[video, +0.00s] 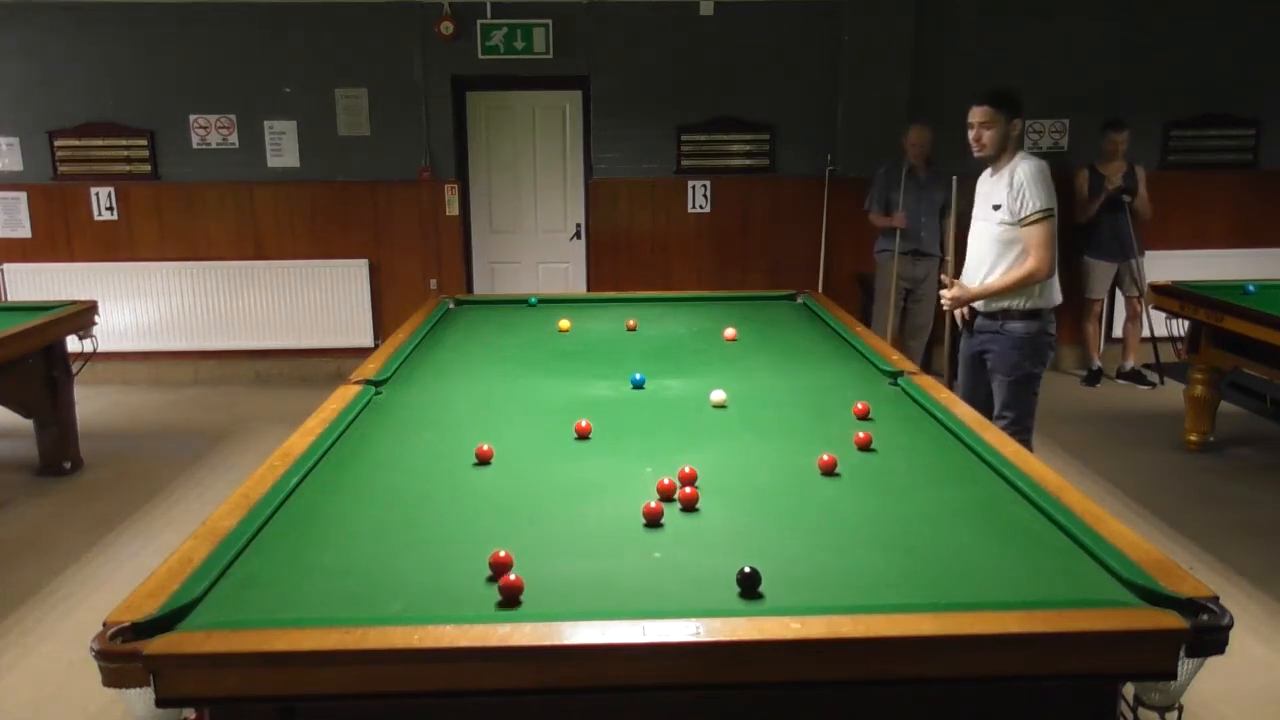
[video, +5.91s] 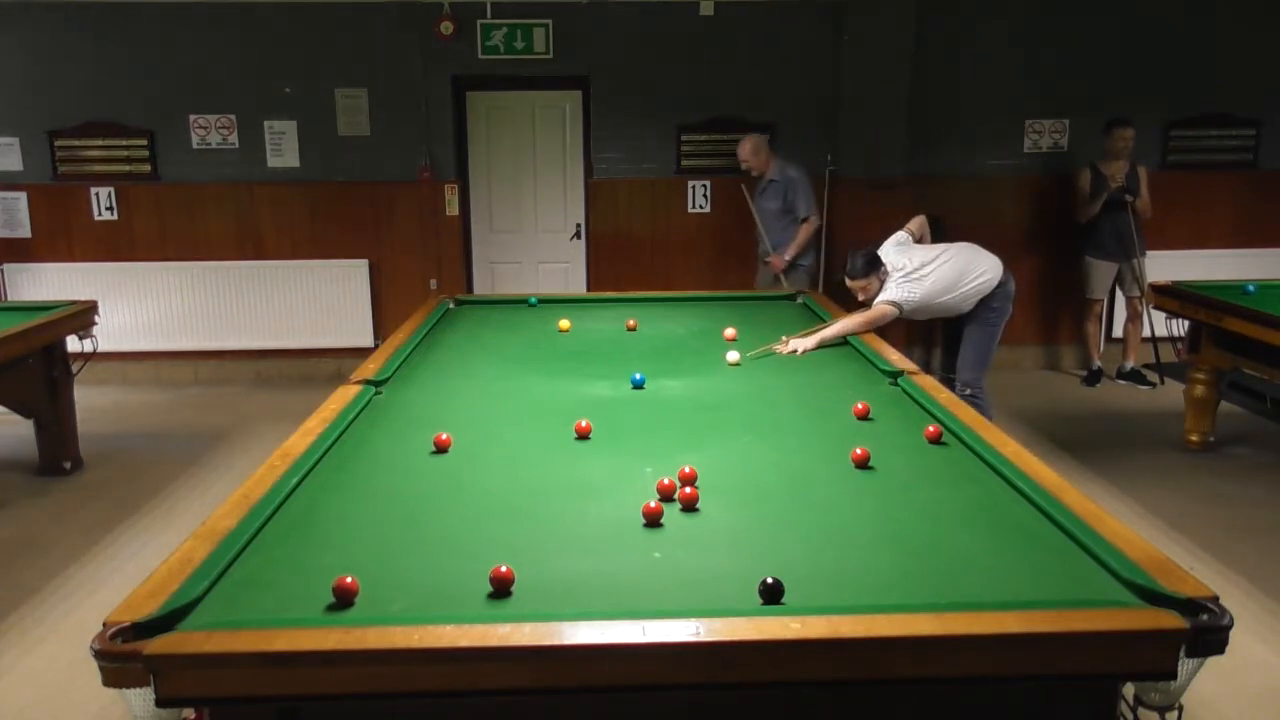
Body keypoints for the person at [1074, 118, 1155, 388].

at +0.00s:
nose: (1117, 148)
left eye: (1121, 143)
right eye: (1112, 143)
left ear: (1127, 143)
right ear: (1102, 142)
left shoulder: (1135, 172)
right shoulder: (1086, 174)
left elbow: (1146, 213)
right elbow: (1081, 215)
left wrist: (1133, 194)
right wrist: (1105, 192)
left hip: (1130, 251)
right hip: (1098, 251)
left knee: (1135, 310)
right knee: (1093, 309)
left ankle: (1128, 366)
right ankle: (1094, 364)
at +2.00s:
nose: (1124, 145)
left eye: (1127, 140)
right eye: (1118, 140)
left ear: (1130, 142)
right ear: (1104, 141)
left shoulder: (1136, 171)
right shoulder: (1087, 173)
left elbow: (1146, 211)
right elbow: (1080, 214)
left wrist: (1130, 196)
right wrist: (1105, 191)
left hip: (1131, 251)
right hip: (1099, 251)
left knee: (1135, 310)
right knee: (1093, 309)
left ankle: (1128, 366)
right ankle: (1094, 365)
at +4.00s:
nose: (1125, 145)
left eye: (1129, 140)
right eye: (1120, 139)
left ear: (1133, 142)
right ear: (1107, 140)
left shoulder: (1138, 171)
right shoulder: (1089, 173)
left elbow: (1147, 211)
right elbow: (1084, 214)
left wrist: (1131, 197)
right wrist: (1107, 191)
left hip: (1132, 251)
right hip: (1100, 251)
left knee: (1136, 310)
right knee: (1094, 310)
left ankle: (1128, 366)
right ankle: (1094, 365)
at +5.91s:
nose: (1127, 145)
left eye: (1130, 140)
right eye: (1121, 140)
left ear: (1134, 142)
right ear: (1107, 141)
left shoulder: (1137, 171)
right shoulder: (1089, 172)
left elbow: (1146, 211)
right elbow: (1082, 215)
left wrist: (1132, 197)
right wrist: (1106, 191)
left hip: (1132, 250)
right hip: (1099, 250)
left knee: (1136, 309)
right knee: (1094, 309)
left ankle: (1128, 366)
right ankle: (1094, 365)